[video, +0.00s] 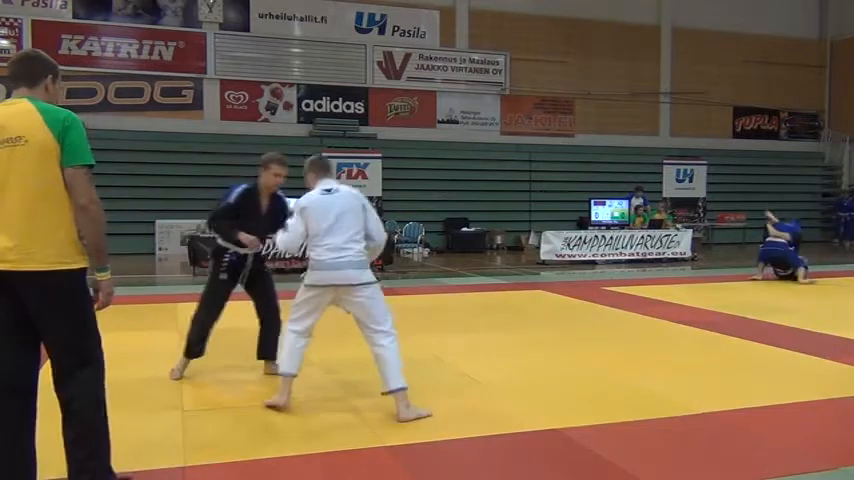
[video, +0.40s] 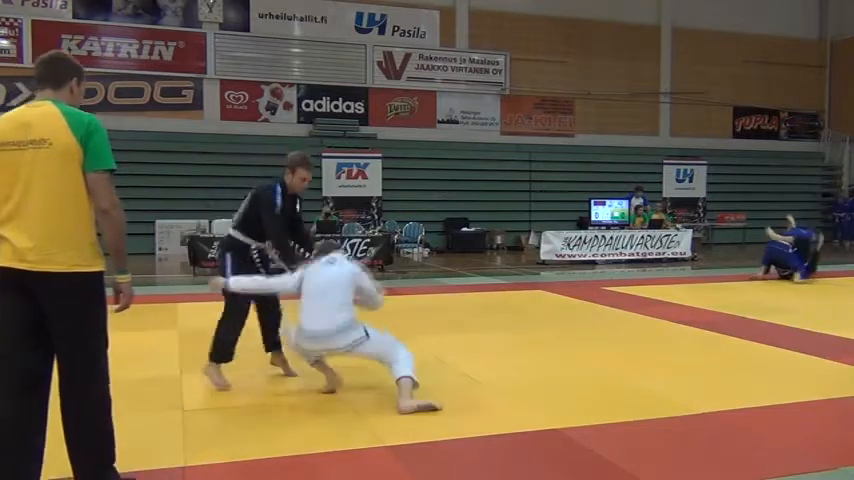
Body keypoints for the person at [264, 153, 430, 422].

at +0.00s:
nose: (306, 181)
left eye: (306, 178)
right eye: (306, 178)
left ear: (311, 176)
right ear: (333, 174)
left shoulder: (305, 203)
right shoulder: (356, 196)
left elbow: (290, 245)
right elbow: (379, 237)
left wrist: (282, 234)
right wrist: (361, 259)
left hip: (319, 275)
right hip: (357, 274)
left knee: (297, 329)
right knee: (382, 333)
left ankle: (283, 395)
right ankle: (403, 405)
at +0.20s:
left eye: (322, 187)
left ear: (322, 189)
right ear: (344, 188)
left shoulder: (311, 210)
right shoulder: (361, 207)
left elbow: (291, 248)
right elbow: (380, 250)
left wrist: (281, 246)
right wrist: (360, 269)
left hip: (313, 282)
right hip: (350, 283)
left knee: (289, 311)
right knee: (389, 328)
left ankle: (296, 373)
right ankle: (401, 391)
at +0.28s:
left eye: (327, 212)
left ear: (331, 213)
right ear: (355, 215)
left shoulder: (316, 235)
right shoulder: (363, 233)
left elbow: (281, 263)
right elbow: (386, 271)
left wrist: (259, 288)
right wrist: (361, 282)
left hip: (310, 304)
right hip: (348, 305)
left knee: (289, 307)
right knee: (393, 338)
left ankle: (308, 369)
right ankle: (405, 400)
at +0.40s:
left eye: (316, 256)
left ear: (316, 254)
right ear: (340, 252)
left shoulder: (307, 271)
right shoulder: (351, 268)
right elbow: (375, 301)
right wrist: (355, 291)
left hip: (309, 341)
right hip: (346, 336)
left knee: (294, 337)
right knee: (398, 353)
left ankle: (331, 378)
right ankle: (406, 400)